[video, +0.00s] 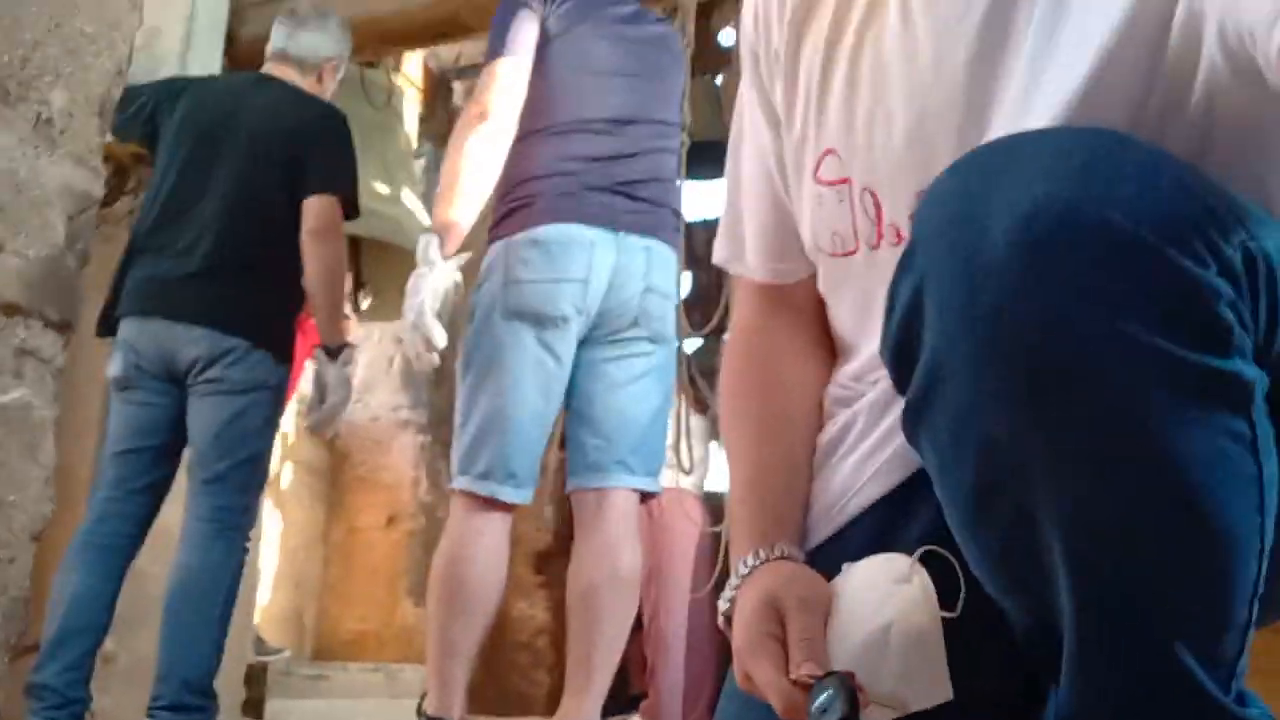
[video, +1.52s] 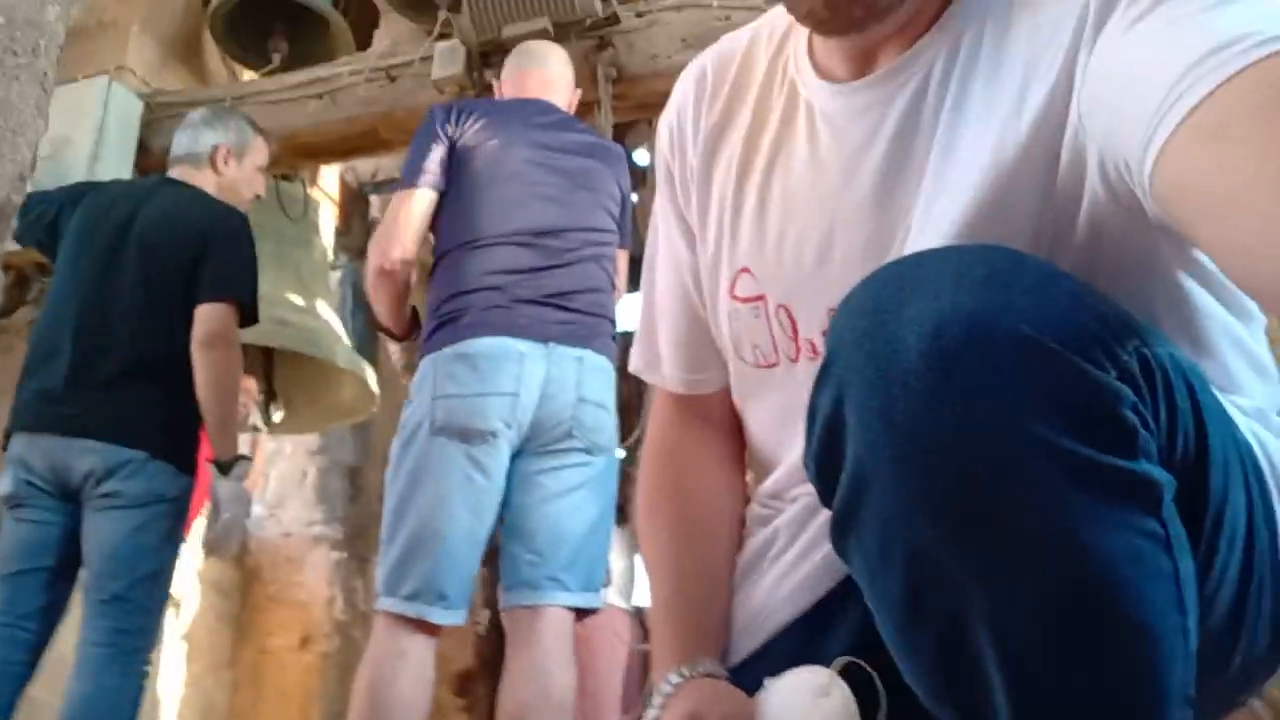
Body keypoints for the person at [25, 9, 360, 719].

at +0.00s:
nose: (338, 89)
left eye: (339, 80)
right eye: (341, 79)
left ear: (268, 55)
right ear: (328, 72)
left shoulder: (194, 93)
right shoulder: (322, 122)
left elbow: (118, 110)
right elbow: (320, 226)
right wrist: (334, 337)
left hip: (148, 317)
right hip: (241, 334)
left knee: (113, 508)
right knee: (217, 520)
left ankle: (52, 702)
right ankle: (180, 707)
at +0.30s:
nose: (352, 155)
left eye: (356, 143)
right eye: (353, 141)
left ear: (278, 124)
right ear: (332, 130)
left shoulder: (204, 159)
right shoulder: (327, 187)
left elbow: (125, 176)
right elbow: (323, 288)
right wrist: (335, 399)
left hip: (152, 375)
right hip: (243, 395)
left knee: (111, 564)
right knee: (211, 582)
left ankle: (50, 711)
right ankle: (176, 715)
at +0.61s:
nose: (282, 193)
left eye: (287, 178)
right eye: (279, 174)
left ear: (213, 159)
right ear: (240, 158)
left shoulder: (119, 196)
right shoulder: (238, 223)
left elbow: (53, 207)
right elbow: (227, 331)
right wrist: (239, 452)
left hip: (53, 420)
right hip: (150, 442)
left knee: (13, 609)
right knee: (115, 630)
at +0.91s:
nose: (409, 199)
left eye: (412, 186)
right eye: (405, 182)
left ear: (340, 173)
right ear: (366, 171)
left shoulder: (258, 216)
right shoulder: (369, 237)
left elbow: (195, 231)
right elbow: (362, 338)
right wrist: (376, 458)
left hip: (210, 438)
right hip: (298, 453)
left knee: (182, 621)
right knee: (279, 633)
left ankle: (138, 714)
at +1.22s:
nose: (385, 223)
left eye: (387, 208)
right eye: (381, 205)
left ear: (307, 198)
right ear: (343, 196)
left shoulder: (230, 242)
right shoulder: (345, 260)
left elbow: (169, 265)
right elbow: (339, 361)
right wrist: (354, 473)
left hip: (182, 459)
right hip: (270, 475)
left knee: (147, 647)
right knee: (247, 658)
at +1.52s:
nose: (263, 190)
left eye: (267, 175)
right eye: (260, 171)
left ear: (187, 157)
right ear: (222, 158)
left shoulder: (96, 199)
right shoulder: (220, 222)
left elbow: (26, 212)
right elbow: (211, 339)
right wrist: (228, 457)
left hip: (39, 434)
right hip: (140, 450)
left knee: (12, 627)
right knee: (115, 641)